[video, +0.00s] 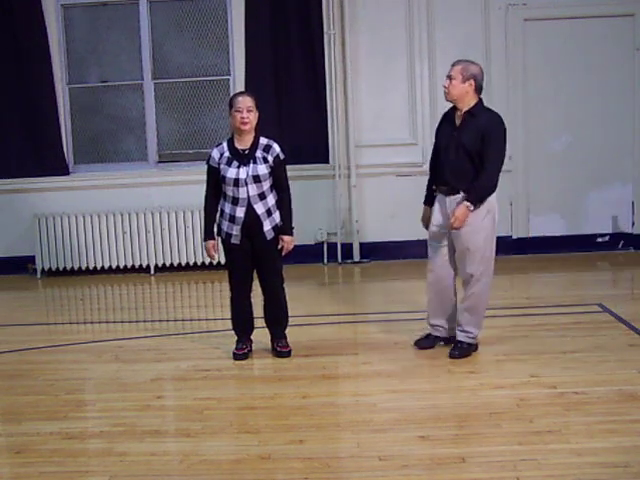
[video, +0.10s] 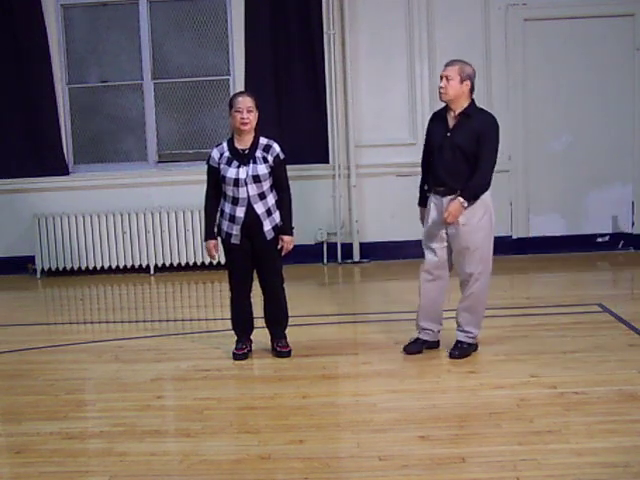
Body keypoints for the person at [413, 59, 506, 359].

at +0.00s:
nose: (445, 84)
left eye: (451, 79)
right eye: (446, 79)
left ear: (469, 85)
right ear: (462, 85)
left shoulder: (491, 123)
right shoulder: (447, 119)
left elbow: (491, 173)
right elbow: (436, 163)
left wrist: (467, 205)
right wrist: (429, 203)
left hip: (475, 205)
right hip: (442, 202)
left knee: (474, 272)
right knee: (438, 269)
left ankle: (467, 335)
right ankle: (440, 330)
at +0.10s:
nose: (441, 84)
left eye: (447, 80)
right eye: (441, 79)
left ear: (466, 84)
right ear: (443, 84)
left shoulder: (485, 122)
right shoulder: (437, 119)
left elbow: (485, 171)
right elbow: (427, 162)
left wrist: (462, 201)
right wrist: (424, 201)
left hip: (472, 206)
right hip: (437, 204)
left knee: (472, 273)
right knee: (433, 270)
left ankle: (467, 337)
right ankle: (428, 334)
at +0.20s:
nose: (442, 86)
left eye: (449, 81)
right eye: (438, 81)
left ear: (463, 87)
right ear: (434, 86)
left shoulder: (479, 122)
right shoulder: (426, 120)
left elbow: (482, 172)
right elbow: (418, 165)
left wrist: (462, 203)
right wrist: (416, 203)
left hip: (466, 205)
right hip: (428, 204)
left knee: (469, 274)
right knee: (428, 272)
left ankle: (467, 336)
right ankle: (430, 335)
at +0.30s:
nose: (441, 87)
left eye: (447, 81)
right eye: (436, 81)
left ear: (457, 86)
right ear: (429, 86)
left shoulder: (472, 123)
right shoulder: (417, 120)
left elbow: (480, 170)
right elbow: (407, 164)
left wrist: (471, 206)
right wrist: (404, 202)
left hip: (457, 204)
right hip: (421, 204)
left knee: (464, 273)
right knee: (424, 272)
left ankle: (466, 336)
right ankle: (428, 334)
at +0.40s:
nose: (435, 86)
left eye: (441, 81)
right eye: (429, 81)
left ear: (451, 85)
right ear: (423, 86)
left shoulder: (466, 123)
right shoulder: (410, 121)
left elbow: (478, 168)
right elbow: (397, 164)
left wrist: (483, 210)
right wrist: (390, 203)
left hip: (454, 204)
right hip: (416, 204)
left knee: (459, 271)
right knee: (419, 271)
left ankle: (461, 335)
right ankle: (426, 333)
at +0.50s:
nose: (430, 86)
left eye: (436, 81)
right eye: (424, 81)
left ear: (445, 85)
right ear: (417, 86)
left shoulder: (461, 123)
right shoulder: (403, 121)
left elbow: (476, 167)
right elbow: (389, 164)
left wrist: (490, 208)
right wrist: (380, 201)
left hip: (449, 203)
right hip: (411, 204)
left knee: (454, 270)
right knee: (414, 271)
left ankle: (452, 336)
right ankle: (421, 334)